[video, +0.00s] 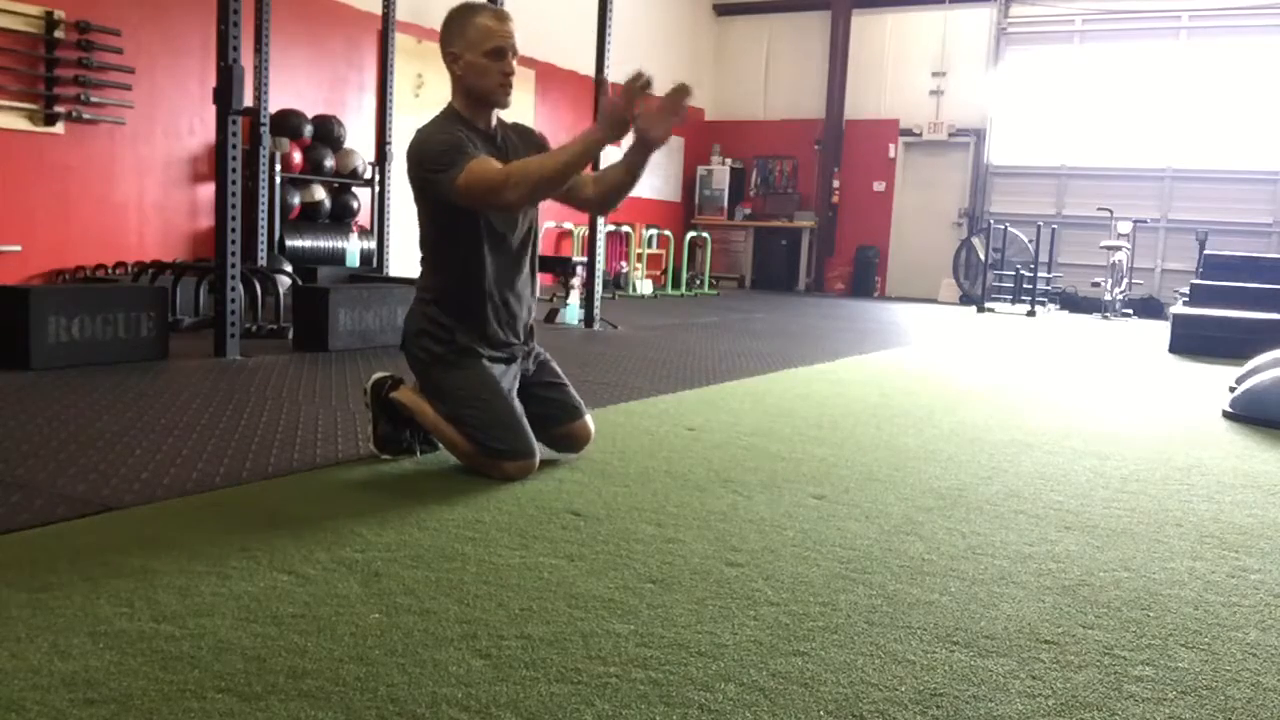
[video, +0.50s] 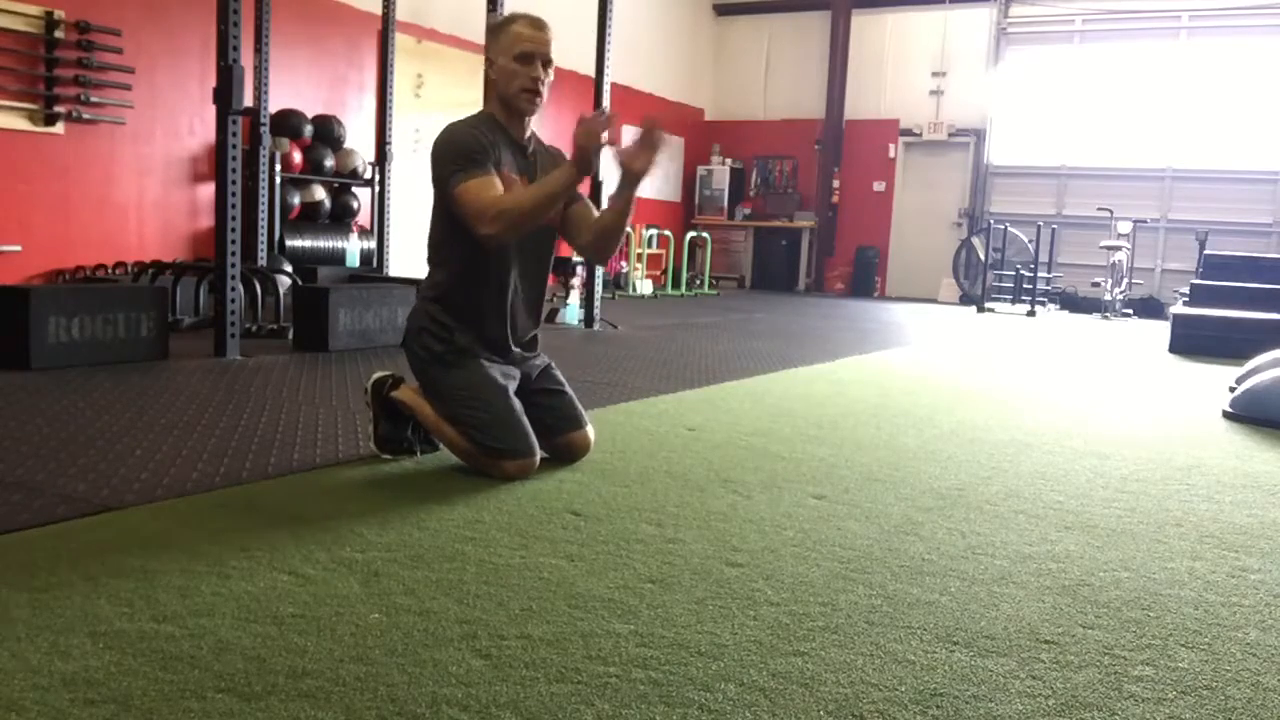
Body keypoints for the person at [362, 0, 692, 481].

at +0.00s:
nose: (511, 66)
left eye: (513, 54)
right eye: (497, 54)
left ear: (516, 60)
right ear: (454, 61)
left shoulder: (525, 142)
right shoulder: (436, 144)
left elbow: (595, 198)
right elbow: (508, 189)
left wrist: (643, 147)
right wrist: (601, 133)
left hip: (516, 336)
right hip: (455, 345)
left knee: (574, 436)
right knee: (515, 464)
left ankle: (462, 395)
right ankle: (402, 399)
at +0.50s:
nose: (538, 75)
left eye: (546, 65)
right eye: (524, 60)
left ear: (553, 76)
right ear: (489, 66)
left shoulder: (550, 159)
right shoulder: (463, 141)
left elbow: (596, 246)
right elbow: (492, 223)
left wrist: (629, 181)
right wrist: (576, 167)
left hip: (518, 341)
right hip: (455, 343)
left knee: (572, 443)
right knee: (515, 463)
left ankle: (443, 414)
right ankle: (401, 398)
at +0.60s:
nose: (543, 76)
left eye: (552, 66)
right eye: (529, 61)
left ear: (558, 77)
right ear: (497, 69)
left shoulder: (557, 164)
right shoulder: (468, 144)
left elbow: (578, 263)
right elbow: (471, 238)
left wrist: (607, 210)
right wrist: (564, 202)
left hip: (517, 341)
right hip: (453, 343)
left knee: (573, 443)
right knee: (515, 463)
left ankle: (449, 406)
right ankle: (402, 398)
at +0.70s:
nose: (549, 80)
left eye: (557, 70)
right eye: (535, 65)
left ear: (564, 81)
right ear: (502, 70)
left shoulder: (560, 167)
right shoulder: (468, 148)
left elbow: (563, 253)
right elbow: (452, 246)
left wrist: (587, 262)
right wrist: (554, 268)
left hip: (517, 342)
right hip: (452, 344)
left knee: (572, 443)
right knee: (515, 463)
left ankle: (445, 411)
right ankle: (402, 398)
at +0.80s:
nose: (551, 82)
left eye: (560, 72)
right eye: (537, 67)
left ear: (566, 83)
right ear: (505, 71)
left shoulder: (559, 169)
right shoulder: (469, 149)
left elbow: (555, 257)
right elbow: (446, 255)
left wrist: (570, 290)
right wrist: (525, 320)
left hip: (515, 340)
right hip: (451, 342)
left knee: (572, 443)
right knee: (514, 463)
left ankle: (445, 414)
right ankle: (400, 398)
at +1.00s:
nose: (555, 88)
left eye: (563, 77)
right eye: (541, 72)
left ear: (568, 84)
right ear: (505, 71)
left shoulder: (553, 164)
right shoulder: (466, 149)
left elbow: (551, 253)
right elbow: (431, 254)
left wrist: (599, 260)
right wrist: (476, 349)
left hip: (517, 347)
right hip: (448, 348)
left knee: (573, 444)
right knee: (516, 464)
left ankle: (445, 408)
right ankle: (401, 400)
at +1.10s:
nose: (567, 93)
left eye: (568, 81)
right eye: (555, 79)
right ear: (508, 73)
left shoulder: (548, 159)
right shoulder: (462, 148)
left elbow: (554, 243)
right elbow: (434, 257)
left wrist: (612, 219)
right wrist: (482, 350)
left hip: (516, 345)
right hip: (449, 348)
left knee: (572, 443)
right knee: (516, 463)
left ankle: (444, 409)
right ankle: (400, 399)